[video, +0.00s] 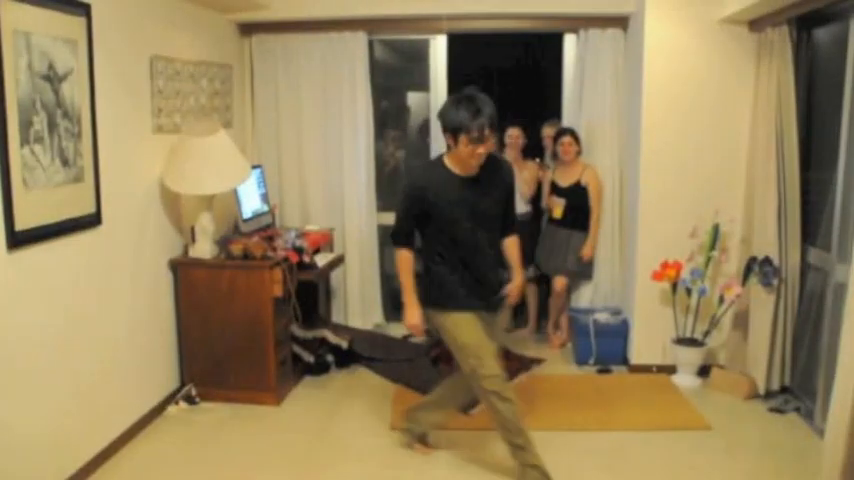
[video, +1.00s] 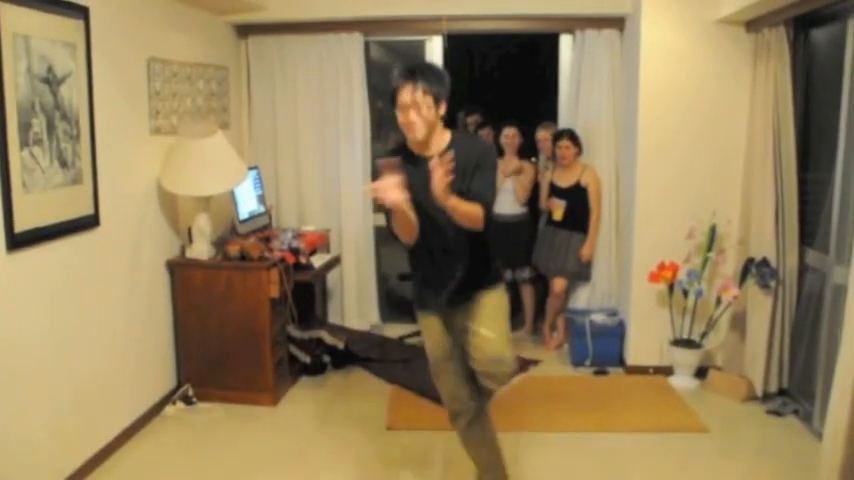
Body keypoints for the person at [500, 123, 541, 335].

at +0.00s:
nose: (513, 141)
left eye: (517, 137)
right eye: (510, 137)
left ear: (524, 141)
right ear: (503, 140)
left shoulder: (532, 167)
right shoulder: (499, 165)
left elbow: (528, 191)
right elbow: (495, 190)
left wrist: (513, 166)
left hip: (526, 215)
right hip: (504, 215)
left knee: (529, 270)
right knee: (507, 266)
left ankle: (532, 323)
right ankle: (506, 315)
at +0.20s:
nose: (511, 141)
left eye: (515, 137)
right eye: (507, 137)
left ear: (522, 141)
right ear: (502, 140)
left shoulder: (529, 166)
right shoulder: (497, 165)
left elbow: (527, 193)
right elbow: (493, 193)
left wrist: (514, 168)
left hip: (524, 219)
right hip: (503, 219)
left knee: (527, 275)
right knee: (504, 274)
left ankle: (531, 322)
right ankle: (505, 319)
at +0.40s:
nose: (511, 141)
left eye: (515, 137)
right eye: (507, 137)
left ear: (522, 141)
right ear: (502, 140)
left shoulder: (528, 165)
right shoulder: (496, 164)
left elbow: (526, 194)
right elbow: (490, 192)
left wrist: (514, 172)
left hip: (522, 218)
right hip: (501, 218)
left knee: (526, 275)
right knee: (503, 275)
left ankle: (530, 322)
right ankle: (504, 319)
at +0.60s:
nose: (511, 142)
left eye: (515, 138)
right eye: (507, 137)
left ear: (521, 141)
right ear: (502, 140)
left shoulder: (528, 166)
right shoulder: (493, 163)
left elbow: (525, 195)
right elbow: (489, 192)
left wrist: (513, 173)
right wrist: (500, 169)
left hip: (521, 218)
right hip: (498, 218)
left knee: (525, 275)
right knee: (502, 275)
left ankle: (529, 323)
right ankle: (504, 319)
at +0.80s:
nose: (510, 141)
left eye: (514, 137)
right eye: (506, 137)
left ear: (521, 141)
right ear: (500, 140)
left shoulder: (528, 166)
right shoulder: (494, 164)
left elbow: (524, 196)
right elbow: (490, 192)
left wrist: (513, 174)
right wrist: (500, 173)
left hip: (519, 218)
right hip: (497, 218)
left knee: (524, 274)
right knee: (503, 273)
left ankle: (529, 324)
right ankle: (503, 320)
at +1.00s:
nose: (509, 140)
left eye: (513, 136)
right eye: (506, 136)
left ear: (520, 140)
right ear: (500, 140)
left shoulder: (527, 167)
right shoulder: (495, 165)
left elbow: (523, 196)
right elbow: (491, 192)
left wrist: (515, 175)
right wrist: (501, 175)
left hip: (519, 218)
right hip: (497, 218)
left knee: (523, 274)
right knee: (500, 274)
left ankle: (528, 324)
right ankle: (500, 321)